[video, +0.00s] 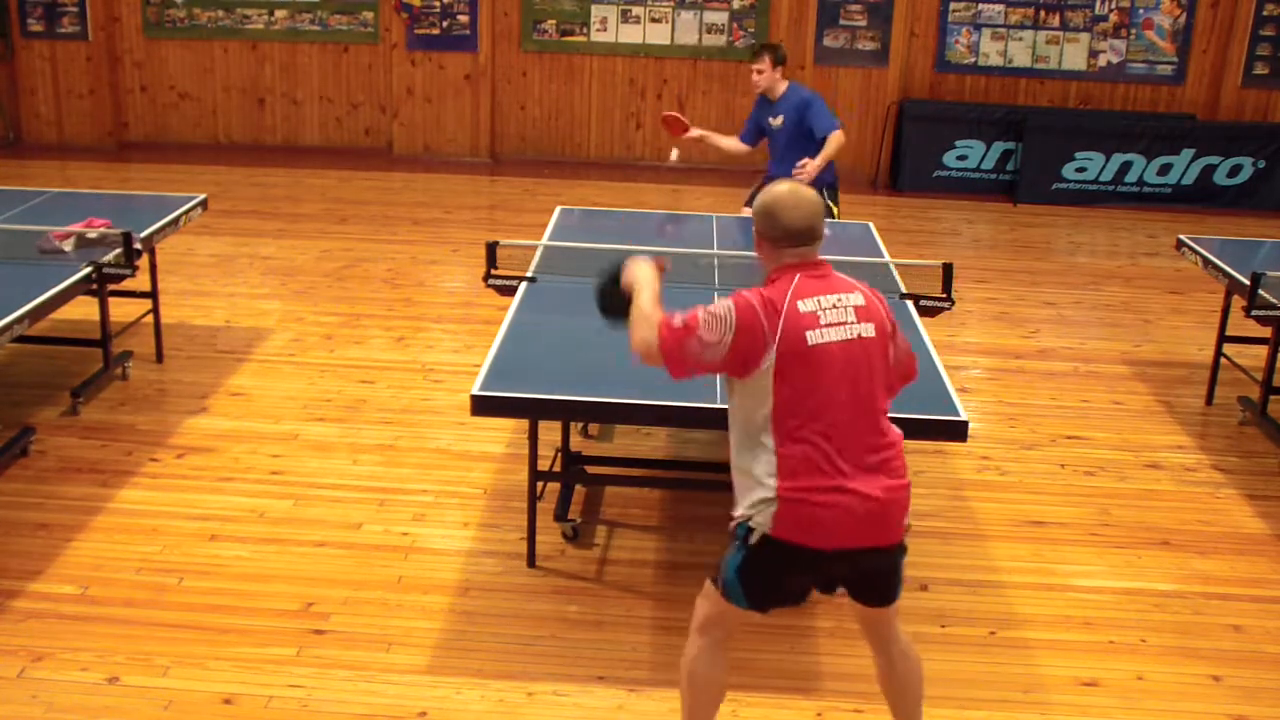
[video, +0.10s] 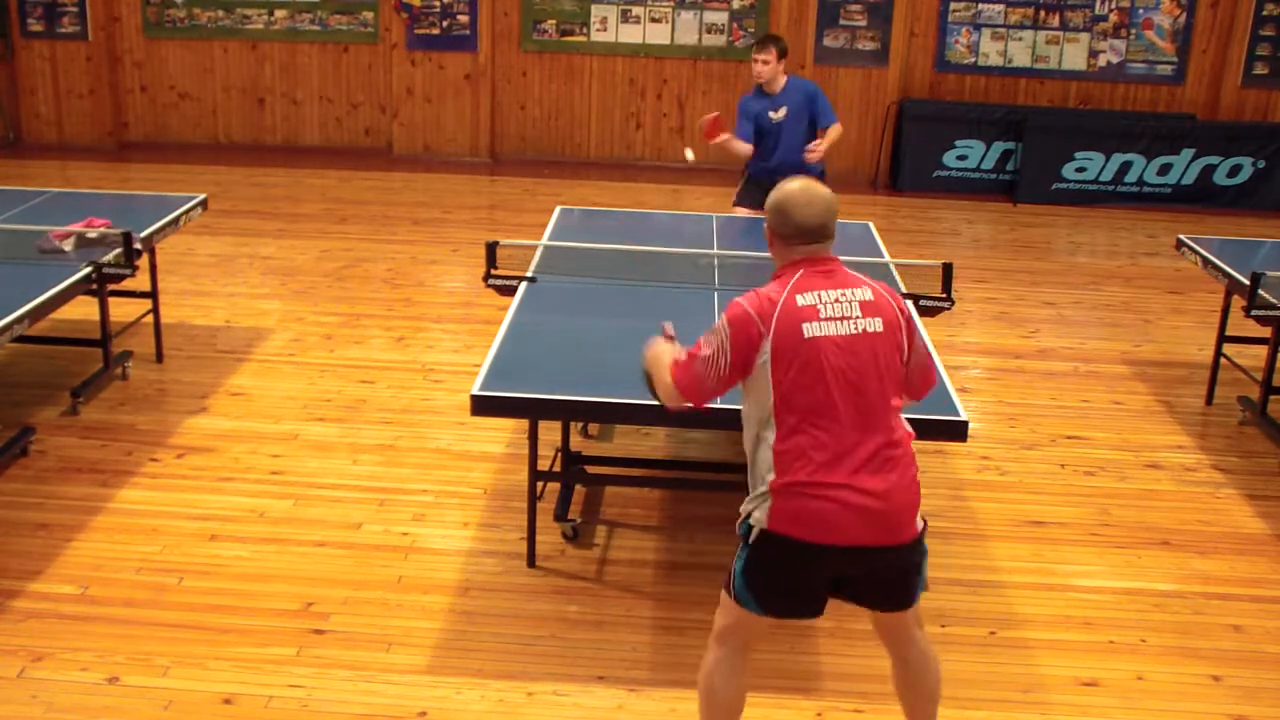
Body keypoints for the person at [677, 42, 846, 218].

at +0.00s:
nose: (754, 78)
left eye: (760, 72)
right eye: (752, 72)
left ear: (778, 72)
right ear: (750, 71)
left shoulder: (806, 99)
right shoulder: (763, 103)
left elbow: (837, 137)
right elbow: (743, 145)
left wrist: (816, 165)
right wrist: (703, 135)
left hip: (815, 185)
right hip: (777, 183)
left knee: (822, 241)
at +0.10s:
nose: (758, 69)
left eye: (765, 63)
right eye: (755, 62)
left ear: (781, 65)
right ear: (750, 62)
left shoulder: (806, 91)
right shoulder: (750, 104)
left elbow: (835, 127)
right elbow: (746, 150)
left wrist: (823, 145)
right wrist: (726, 141)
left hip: (803, 177)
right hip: (762, 177)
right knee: (740, 221)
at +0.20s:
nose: (771, 57)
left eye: (779, 52)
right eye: (767, 50)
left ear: (791, 55)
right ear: (761, 51)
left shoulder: (809, 84)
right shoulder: (751, 92)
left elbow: (830, 115)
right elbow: (748, 143)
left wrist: (834, 138)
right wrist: (755, 127)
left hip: (793, 169)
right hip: (752, 168)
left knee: (803, 229)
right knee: (737, 223)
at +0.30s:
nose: (783, 46)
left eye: (790, 40)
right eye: (778, 39)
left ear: (800, 43)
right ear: (770, 42)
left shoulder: (817, 77)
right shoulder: (755, 79)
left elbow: (828, 106)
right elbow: (748, 130)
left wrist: (831, 137)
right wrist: (761, 120)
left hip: (792, 159)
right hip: (753, 157)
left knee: (811, 217)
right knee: (743, 218)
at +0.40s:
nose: (788, 41)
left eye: (794, 35)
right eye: (782, 34)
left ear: (804, 39)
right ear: (773, 38)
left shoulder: (821, 74)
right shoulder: (759, 74)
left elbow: (830, 107)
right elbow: (744, 116)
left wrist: (828, 140)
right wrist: (756, 119)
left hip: (794, 155)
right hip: (755, 152)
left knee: (807, 213)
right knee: (739, 213)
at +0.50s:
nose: (786, 37)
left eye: (793, 31)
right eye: (780, 31)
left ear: (802, 34)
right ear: (772, 34)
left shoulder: (820, 70)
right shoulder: (757, 71)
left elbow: (836, 103)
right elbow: (744, 107)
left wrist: (825, 132)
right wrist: (749, 119)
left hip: (797, 153)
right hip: (757, 150)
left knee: (803, 213)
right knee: (741, 206)